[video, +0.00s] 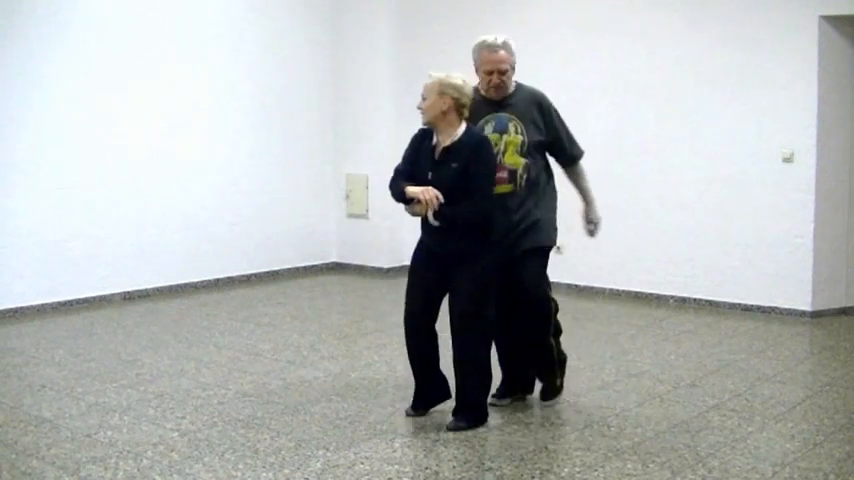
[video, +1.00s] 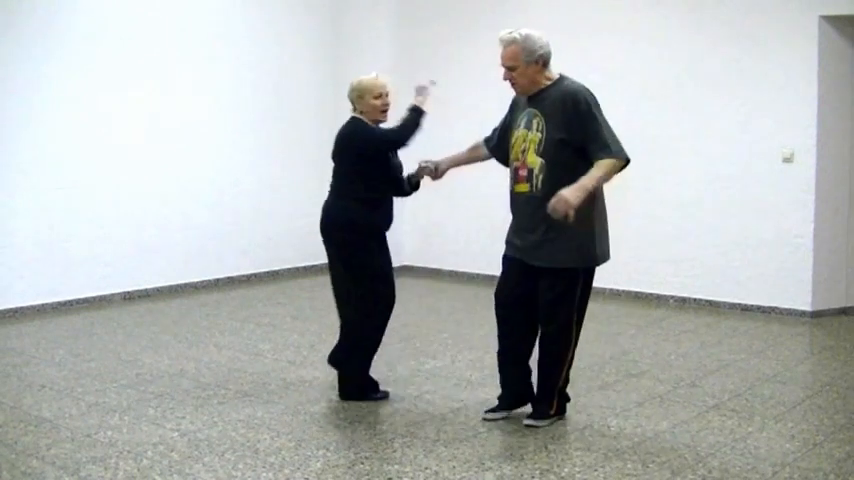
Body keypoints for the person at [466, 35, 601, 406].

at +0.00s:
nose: (498, 79)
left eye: (504, 71)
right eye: (490, 72)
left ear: (514, 68)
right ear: (476, 71)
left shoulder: (534, 103)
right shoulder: (466, 107)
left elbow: (568, 156)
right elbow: (448, 162)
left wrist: (589, 202)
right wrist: (445, 204)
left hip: (531, 221)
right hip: (486, 224)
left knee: (530, 295)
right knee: (498, 304)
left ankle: (551, 367)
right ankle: (514, 379)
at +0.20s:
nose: (495, 75)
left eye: (503, 68)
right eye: (489, 68)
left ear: (518, 66)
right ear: (480, 68)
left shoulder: (545, 100)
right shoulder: (475, 103)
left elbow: (588, 147)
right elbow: (449, 154)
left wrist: (614, 191)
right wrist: (417, 193)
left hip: (539, 227)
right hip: (493, 228)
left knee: (541, 312)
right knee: (505, 310)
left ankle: (552, 397)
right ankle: (514, 384)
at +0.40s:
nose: (501, 78)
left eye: (509, 71)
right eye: (497, 71)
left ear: (531, 69)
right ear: (494, 68)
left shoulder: (561, 104)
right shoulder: (491, 109)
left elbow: (606, 157)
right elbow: (458, 163)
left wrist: (619, 202)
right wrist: (422, 190)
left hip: (553, 236)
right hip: (506, 236)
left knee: (547, 320)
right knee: (506, 313)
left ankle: (548, 401)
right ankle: (515, 374)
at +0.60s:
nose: (502, 76)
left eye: (509, 69)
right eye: (499, 69)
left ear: (534, 65)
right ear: (499, 66)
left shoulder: (570, 100)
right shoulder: (503, 106)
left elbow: (619, 155)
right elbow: (473, 157)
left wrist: (622, 206)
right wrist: (432, 185)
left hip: (563, 234)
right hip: (513, 231)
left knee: (553, 321)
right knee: (496, 299)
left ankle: (550, 402)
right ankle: (519, 370)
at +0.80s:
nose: (501, 77)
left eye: (508, 70)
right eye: (499, 69)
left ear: (535, 66)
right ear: (508, 67)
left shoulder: (572, 100)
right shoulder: (509, 107)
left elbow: (621, 158)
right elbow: (481, 155)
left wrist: (612, 207)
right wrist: (436, 181)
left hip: (566, 240)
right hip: (519, 238)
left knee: (554, 326)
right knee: (512, 322)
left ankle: (550, 403)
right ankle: (516, 397)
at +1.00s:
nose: (505, 76)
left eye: (511, 69)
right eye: (504, 68)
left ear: (538, 66)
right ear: (525, 67)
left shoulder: (575, 99)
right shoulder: (521, 104)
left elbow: (613, 157)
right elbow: (493, 146)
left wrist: (577, 190)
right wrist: (446, 163)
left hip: (569, 241)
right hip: (525, 236)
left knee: (559, 324)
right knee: (512, 311)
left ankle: (550, 403)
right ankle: (515, 393)